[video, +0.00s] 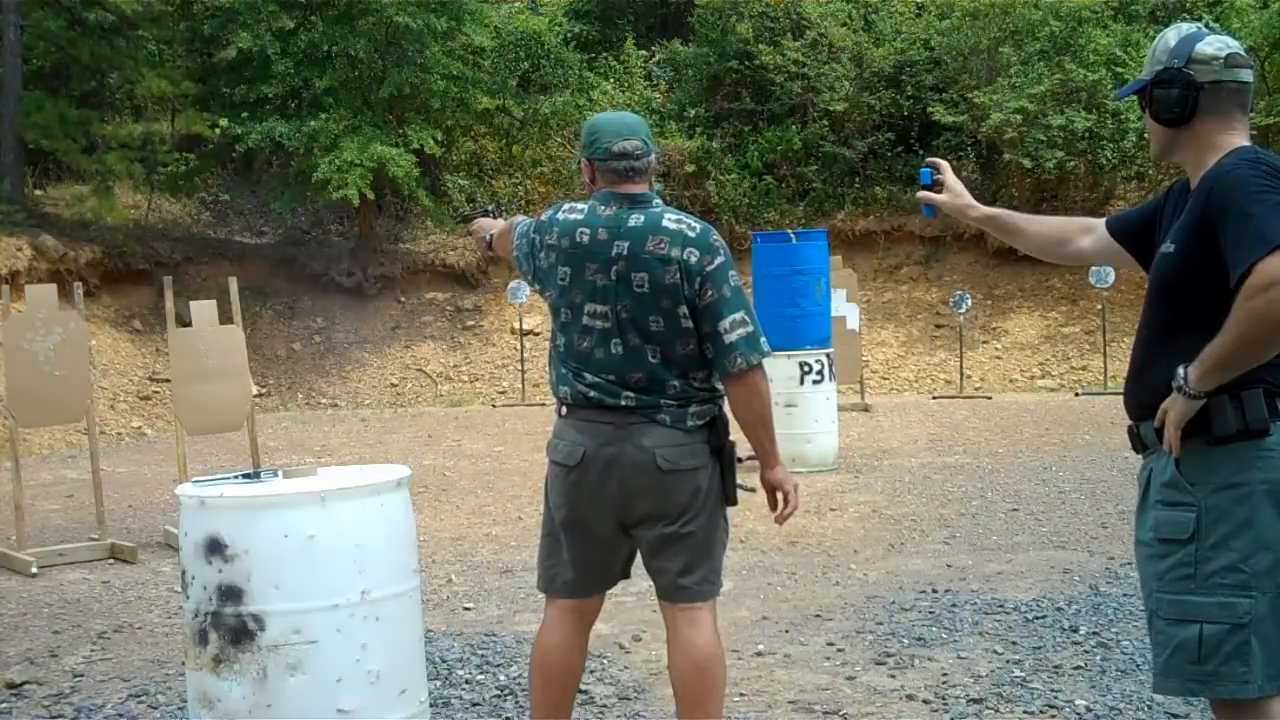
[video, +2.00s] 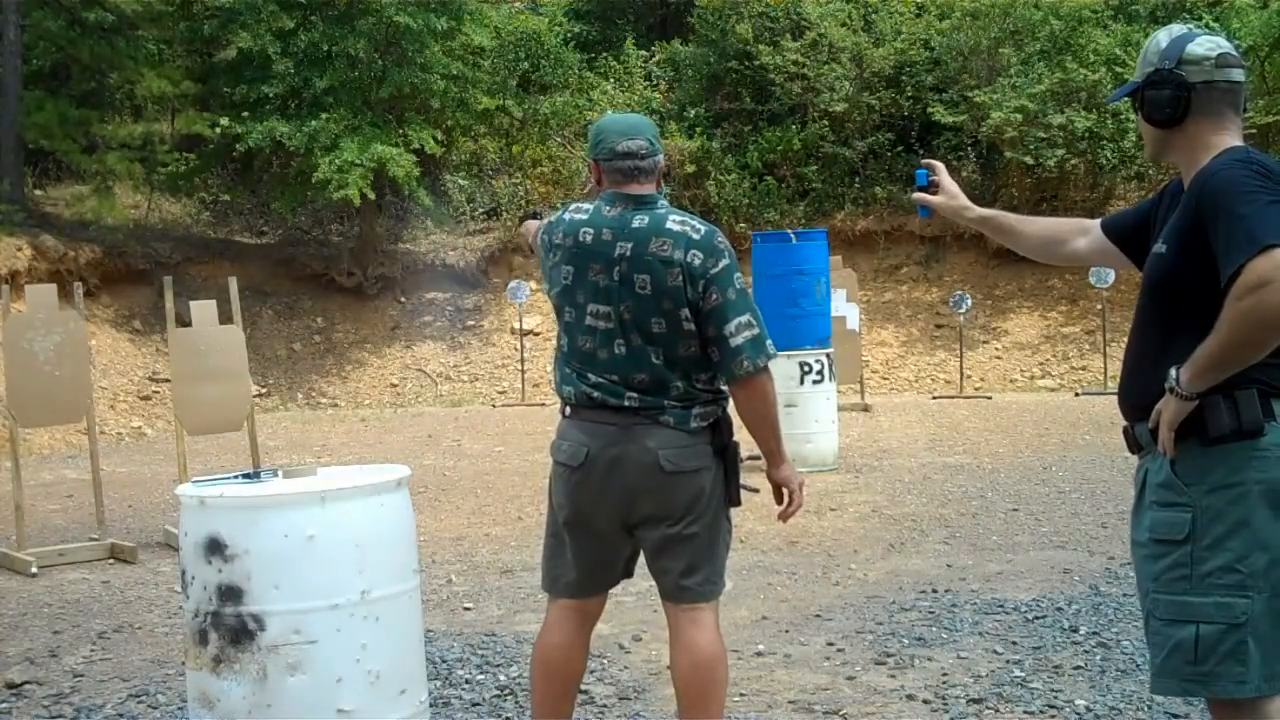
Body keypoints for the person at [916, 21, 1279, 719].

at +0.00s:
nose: (1146, 115)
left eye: (1151, 101)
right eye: (1147, 101)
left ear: (1176, 103)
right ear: (1225, 101)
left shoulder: (1243, 179)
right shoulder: (1189, 197)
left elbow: (1273, 284)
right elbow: (1084, 237)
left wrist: (1193, 383)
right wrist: (975, 212)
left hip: (1223, 463)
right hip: (1204, 459)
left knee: (1242, 691)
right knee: (1240, 685)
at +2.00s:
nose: (1139, 117)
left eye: (1143, 102)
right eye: (1139, 103)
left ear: (1167, 103)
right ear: (1223, 101)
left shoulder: (1234, 180)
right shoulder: (1183, 196)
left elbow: (1270, 286)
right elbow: (1081, 239)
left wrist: (1184, 385)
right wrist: (969, 214)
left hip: (1224, 463)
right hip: (1209, 459)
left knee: (1241, 694)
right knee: (1241, 687)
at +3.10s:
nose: (1138, 118)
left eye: (1143, 103)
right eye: (1139, 103)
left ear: (1168, 104)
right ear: (1222, 102)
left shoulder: (1234, 181)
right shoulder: (1189, 195)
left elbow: (1268, 287)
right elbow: (1083, 239)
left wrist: (1184, 388)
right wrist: (972, 213)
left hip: (1218, 464)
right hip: (1212, 457)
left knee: (1238, 692)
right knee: (1241, 685)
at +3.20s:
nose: (1139, 119)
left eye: (1143, 103)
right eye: (1140, 104)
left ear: (1168, 104)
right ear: (1223, 102)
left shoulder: (1235, 181)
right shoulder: (1189, 195)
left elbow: (1268, 288)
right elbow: (1085, 240)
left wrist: (1183, 387)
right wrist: (972, 212)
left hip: (1218, 465)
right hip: (1211, 458)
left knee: (1238, 693)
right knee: (1242, 685)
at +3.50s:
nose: (1136, 131)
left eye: (1136, 113)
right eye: (1135, 115)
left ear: (1154, 110)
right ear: (1225, 101)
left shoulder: (1210, 184)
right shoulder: (1242, 178)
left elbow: (1239, 292)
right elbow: (1106, 242)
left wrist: (1167, 394)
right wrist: (992, 217)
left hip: (1223, 457)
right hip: (1249, 446)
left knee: (1229, 693)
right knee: (1250, 686)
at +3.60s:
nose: (1134, 128)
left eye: (1133, 112)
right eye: (1133, 113)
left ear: (1148, 110)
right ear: (1224, 103)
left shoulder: (1201, 184)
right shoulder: (1250, 180)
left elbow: (1220, 290)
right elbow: (1112, 242)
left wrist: (1155, 392)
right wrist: (1001, 215)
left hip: (1221, 453)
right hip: (1257, 442)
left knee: (1231, 695)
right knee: (1251, 687)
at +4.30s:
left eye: (1124, 134)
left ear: (1127, 140)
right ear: (1204, 140)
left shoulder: (1121, 213)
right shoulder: (1245, 220)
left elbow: (1089, 318)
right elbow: (1174, 259)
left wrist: (1039, 441)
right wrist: (1071, 227)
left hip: (1144, 448)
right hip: (1250, 447)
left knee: (1059, 622)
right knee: (1226, 645)